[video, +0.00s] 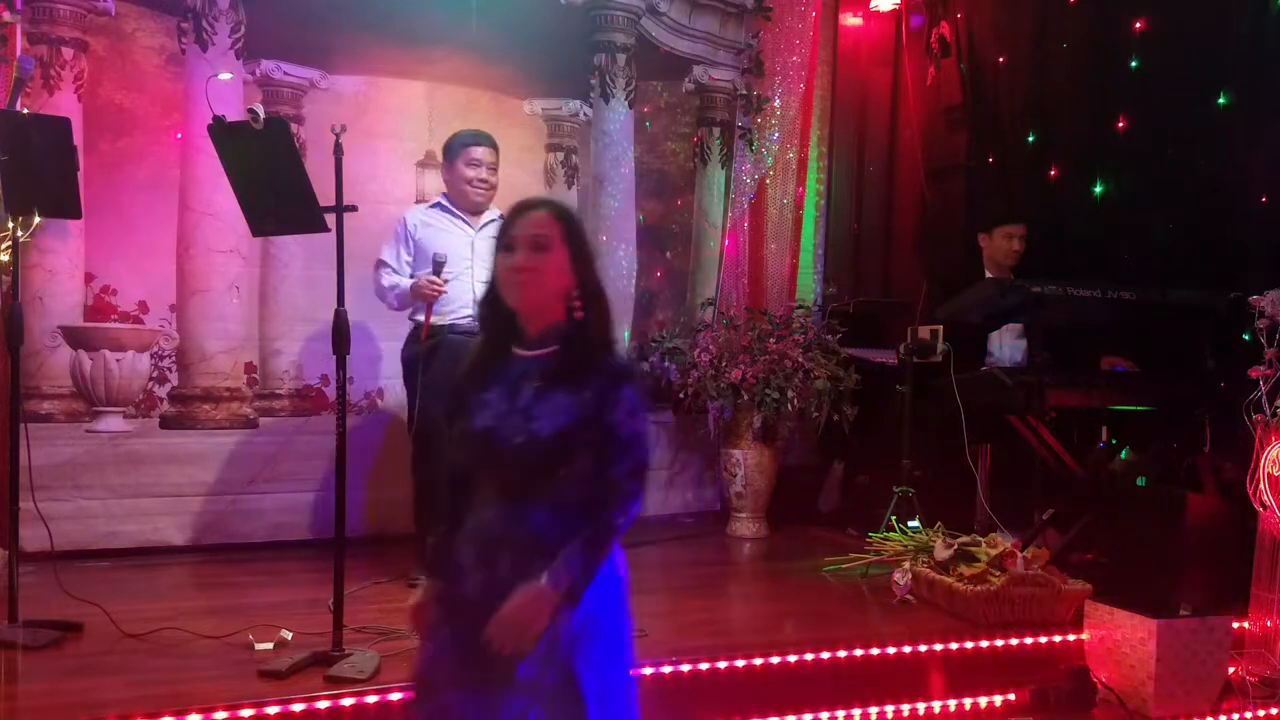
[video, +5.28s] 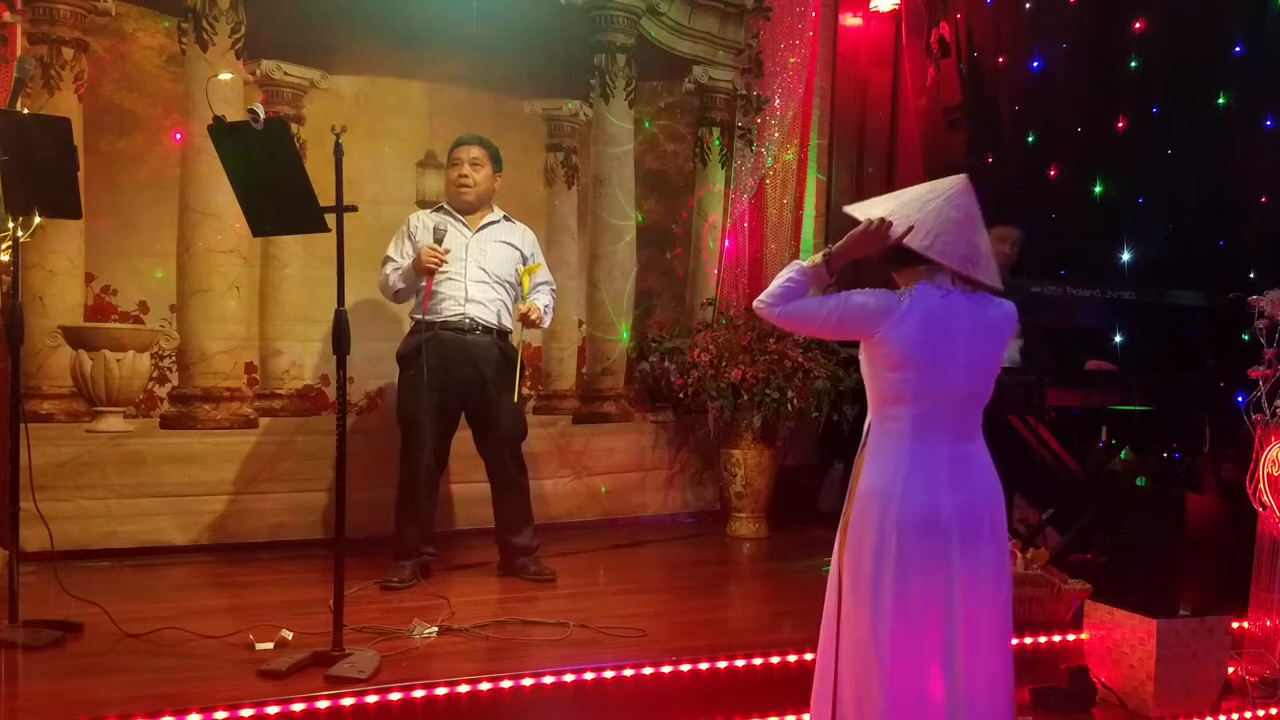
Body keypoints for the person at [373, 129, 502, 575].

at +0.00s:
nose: (483, 174)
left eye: (491, 168)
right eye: (472, 164)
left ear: (498, 177)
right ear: (446, 170)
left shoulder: (506, 229)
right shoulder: (417, 222)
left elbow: (528, 285)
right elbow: (385, 282)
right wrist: (411, 290)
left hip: (494, 351)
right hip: (437, 351)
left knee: (491, 454)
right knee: (434, 457)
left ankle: (489, 566)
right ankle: (433, 564)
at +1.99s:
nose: (530, 185)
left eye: (539, 179)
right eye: (520, 174)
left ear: (545, 191)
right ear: (496, 180)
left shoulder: (551, 245)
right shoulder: (458, 223)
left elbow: (565, 299)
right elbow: (426, 279)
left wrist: (568, 322)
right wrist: (446, 287)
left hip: (532, 356)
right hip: (474, 352)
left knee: (522, 460)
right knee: (450, 453)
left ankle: (506, 551)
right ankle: (424, 554)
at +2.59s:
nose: (462, 177)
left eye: (473, 170)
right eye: (454, 169)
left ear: (491, 183)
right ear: (441, 178)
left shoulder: (504, 241)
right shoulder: (412, 222)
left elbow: (521, 305)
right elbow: (380, 280)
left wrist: (547, 332)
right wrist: (408, 285)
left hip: (485, 352)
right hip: (426, 349)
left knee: (494, 453)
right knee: (417, 452)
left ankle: (502, 550)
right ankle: (413, 555)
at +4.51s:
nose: (464, 176)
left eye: (476, 168)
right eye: (455, 167)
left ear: (493, 179)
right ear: (443, 176)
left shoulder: (518, 235)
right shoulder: (418, 227)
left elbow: (541, 289)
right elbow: (388, 290)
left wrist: (536, 304)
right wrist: (407, 283)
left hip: (489, 352)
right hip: (429, 350)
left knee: (507, 448)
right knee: (418, 453)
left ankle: (520, 553)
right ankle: (412, 556)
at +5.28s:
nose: (463, 172)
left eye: (475, 165)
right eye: (455, 165)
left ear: (497, 178)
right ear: (445, 176)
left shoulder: (521, 235)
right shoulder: (422, 223)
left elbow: (543, 288)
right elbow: (391, 288)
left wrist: (537, 307)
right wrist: (415, 269)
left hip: (493, 351)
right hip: (432, 349)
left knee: (507, 456)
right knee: (420, 456)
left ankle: (519, 554)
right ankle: (412, 557)